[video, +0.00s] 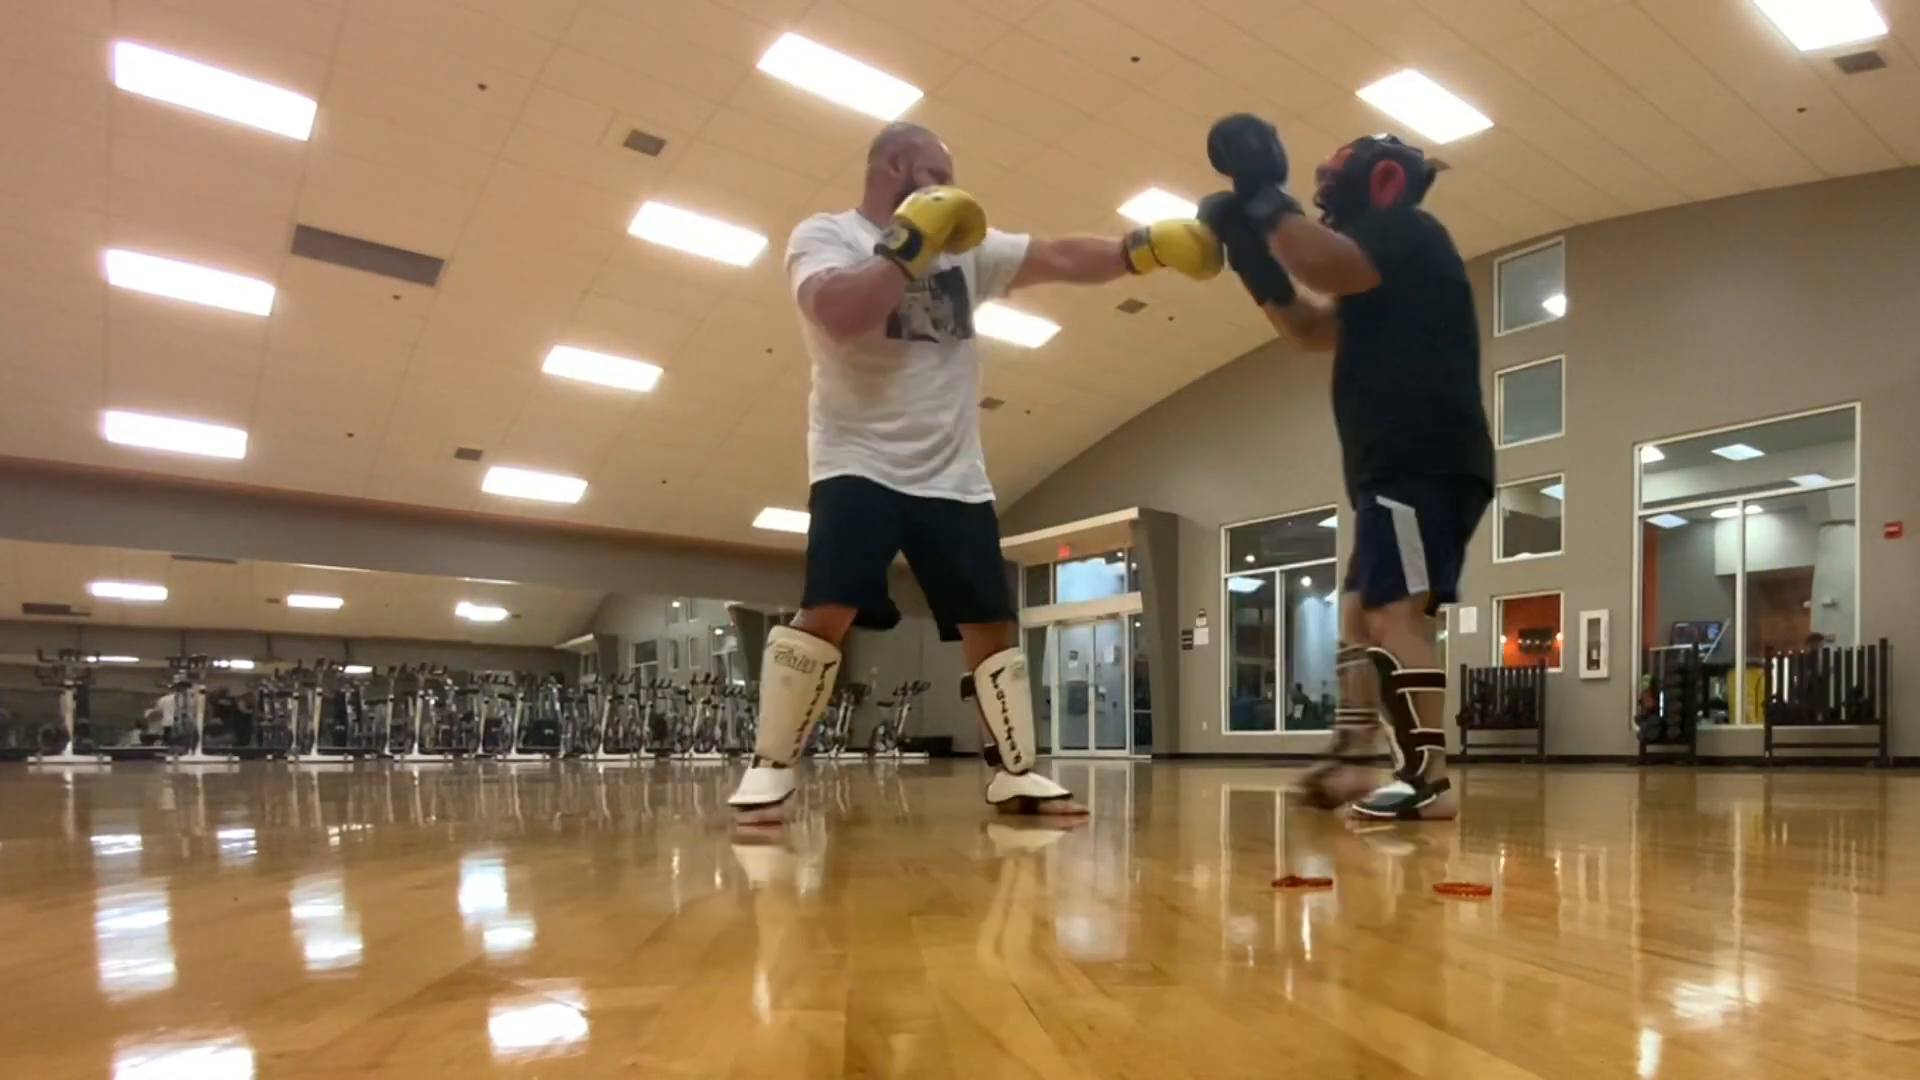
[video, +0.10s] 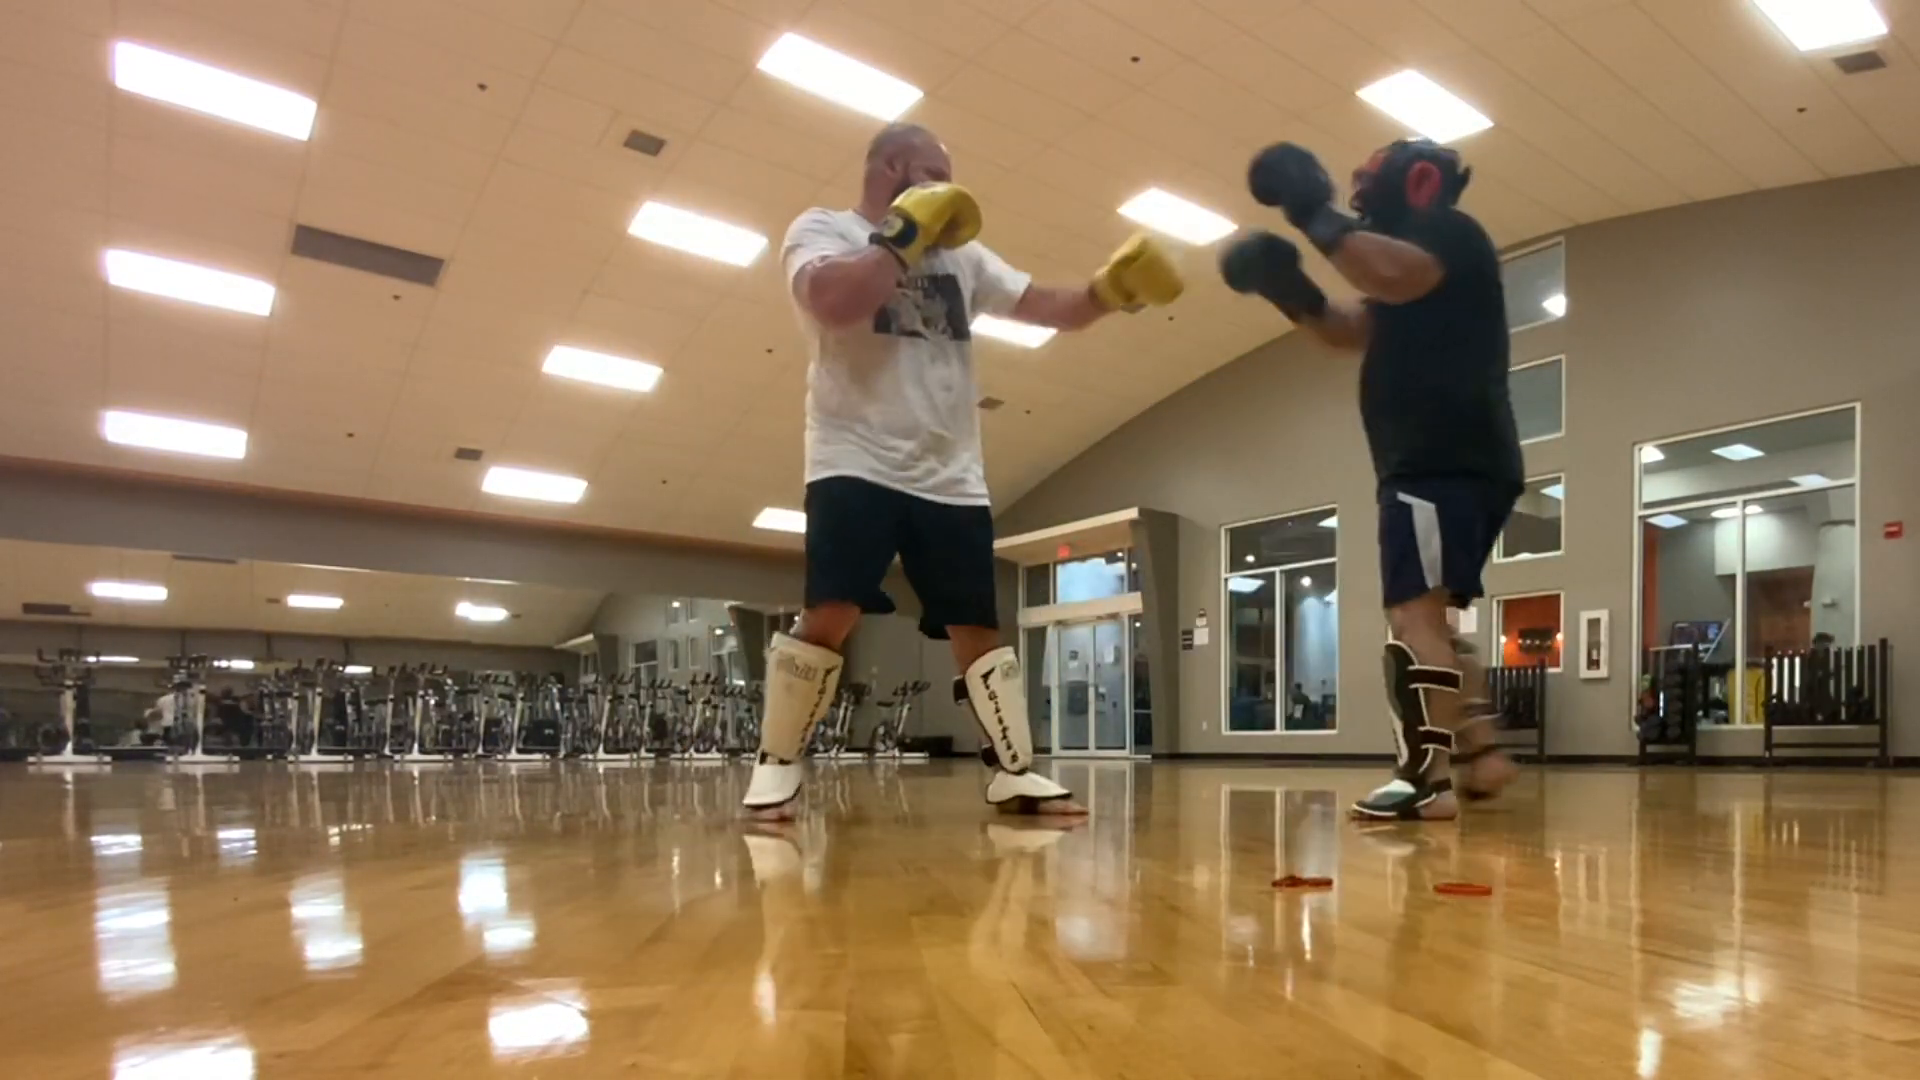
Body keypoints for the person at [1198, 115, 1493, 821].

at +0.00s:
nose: (1324, 202)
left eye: (1333, 188)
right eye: (1323, 191)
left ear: (1376, 180)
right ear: (1382, 186)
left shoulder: (1409, 231)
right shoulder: (1379, 276)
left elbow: (1327, 263)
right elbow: (1309, 331)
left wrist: (1265, 197)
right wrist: (1251, 259)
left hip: (1425, 453)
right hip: (1391, 461)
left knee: (1396, 614)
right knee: (1361, 610)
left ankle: (1429, 778)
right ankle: (1356, 757)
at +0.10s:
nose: (1354, 189)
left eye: (1367, 175)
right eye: (1356, 180)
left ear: (1418, 178)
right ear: (1419, 183)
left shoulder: (1451, 232)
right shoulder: (1410, 259)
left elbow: (1397, 276)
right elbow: (1349, 331)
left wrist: (1315, 213)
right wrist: (1288, 289)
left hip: (1446, 455)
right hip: (1432, 457)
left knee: (1415, 609)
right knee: (1422, 609)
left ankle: (1427, 777)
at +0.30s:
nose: (1413, 203)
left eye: (1428, 186)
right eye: (1414, 192)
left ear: (1479, 200)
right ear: (1473, 207)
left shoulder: (1509, 250)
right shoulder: (1465, 293)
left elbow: (1522, 309)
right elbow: (1450, 416)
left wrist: (1417, 278)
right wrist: (1381, 381)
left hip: (1491, 477)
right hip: (1529, 477)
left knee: (1437, 613)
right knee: (1561, 625)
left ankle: (1431, 778)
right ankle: (1625, 776)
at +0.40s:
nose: (1430, 216)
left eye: (1444, 202)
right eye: (1431, 206)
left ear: (1492, 208)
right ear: (1486, 215)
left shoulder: (1532, 257)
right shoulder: (1486, 297)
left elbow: (1539, 320)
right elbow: (1469, 417)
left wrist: (1439, 309)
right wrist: (1401, 377)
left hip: (1516, 479)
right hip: (1551, 480)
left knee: (1468, 611)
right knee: (1582, 620)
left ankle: (1453, 774)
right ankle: (1629, 780)